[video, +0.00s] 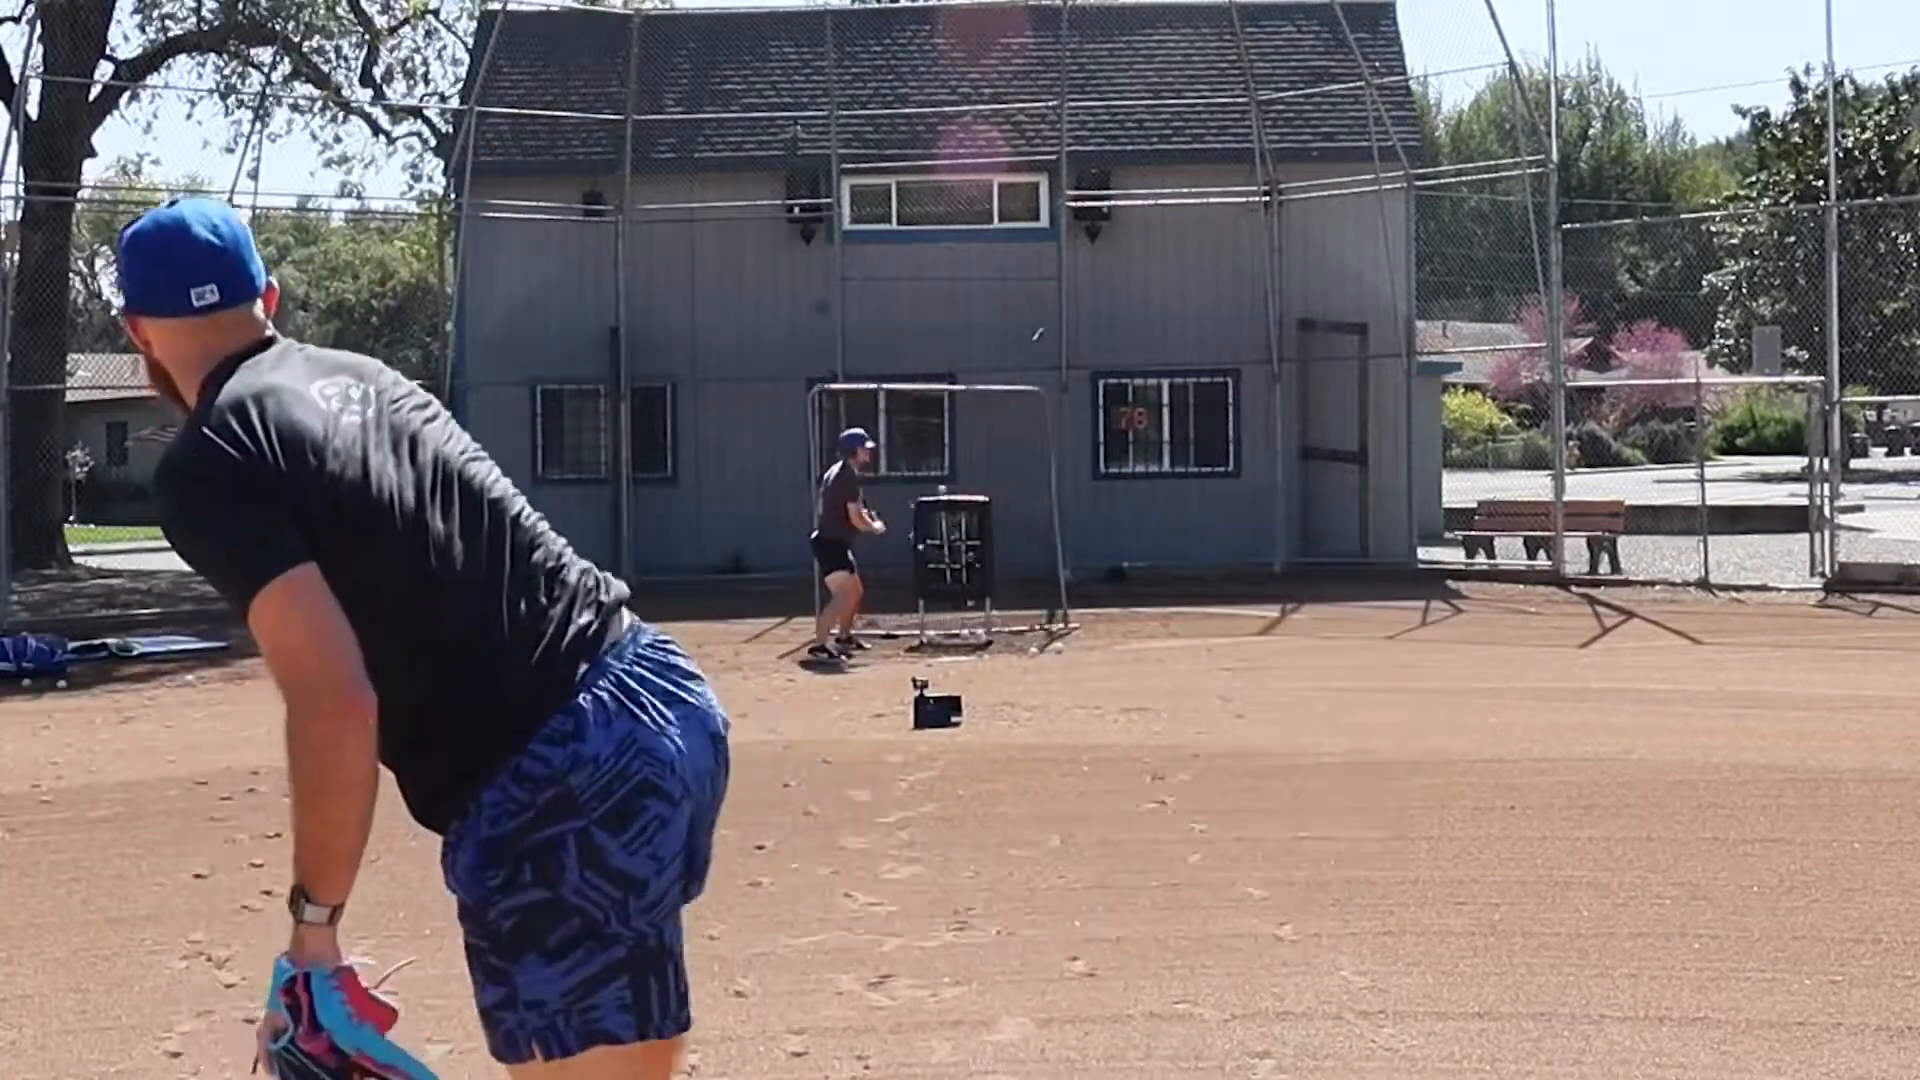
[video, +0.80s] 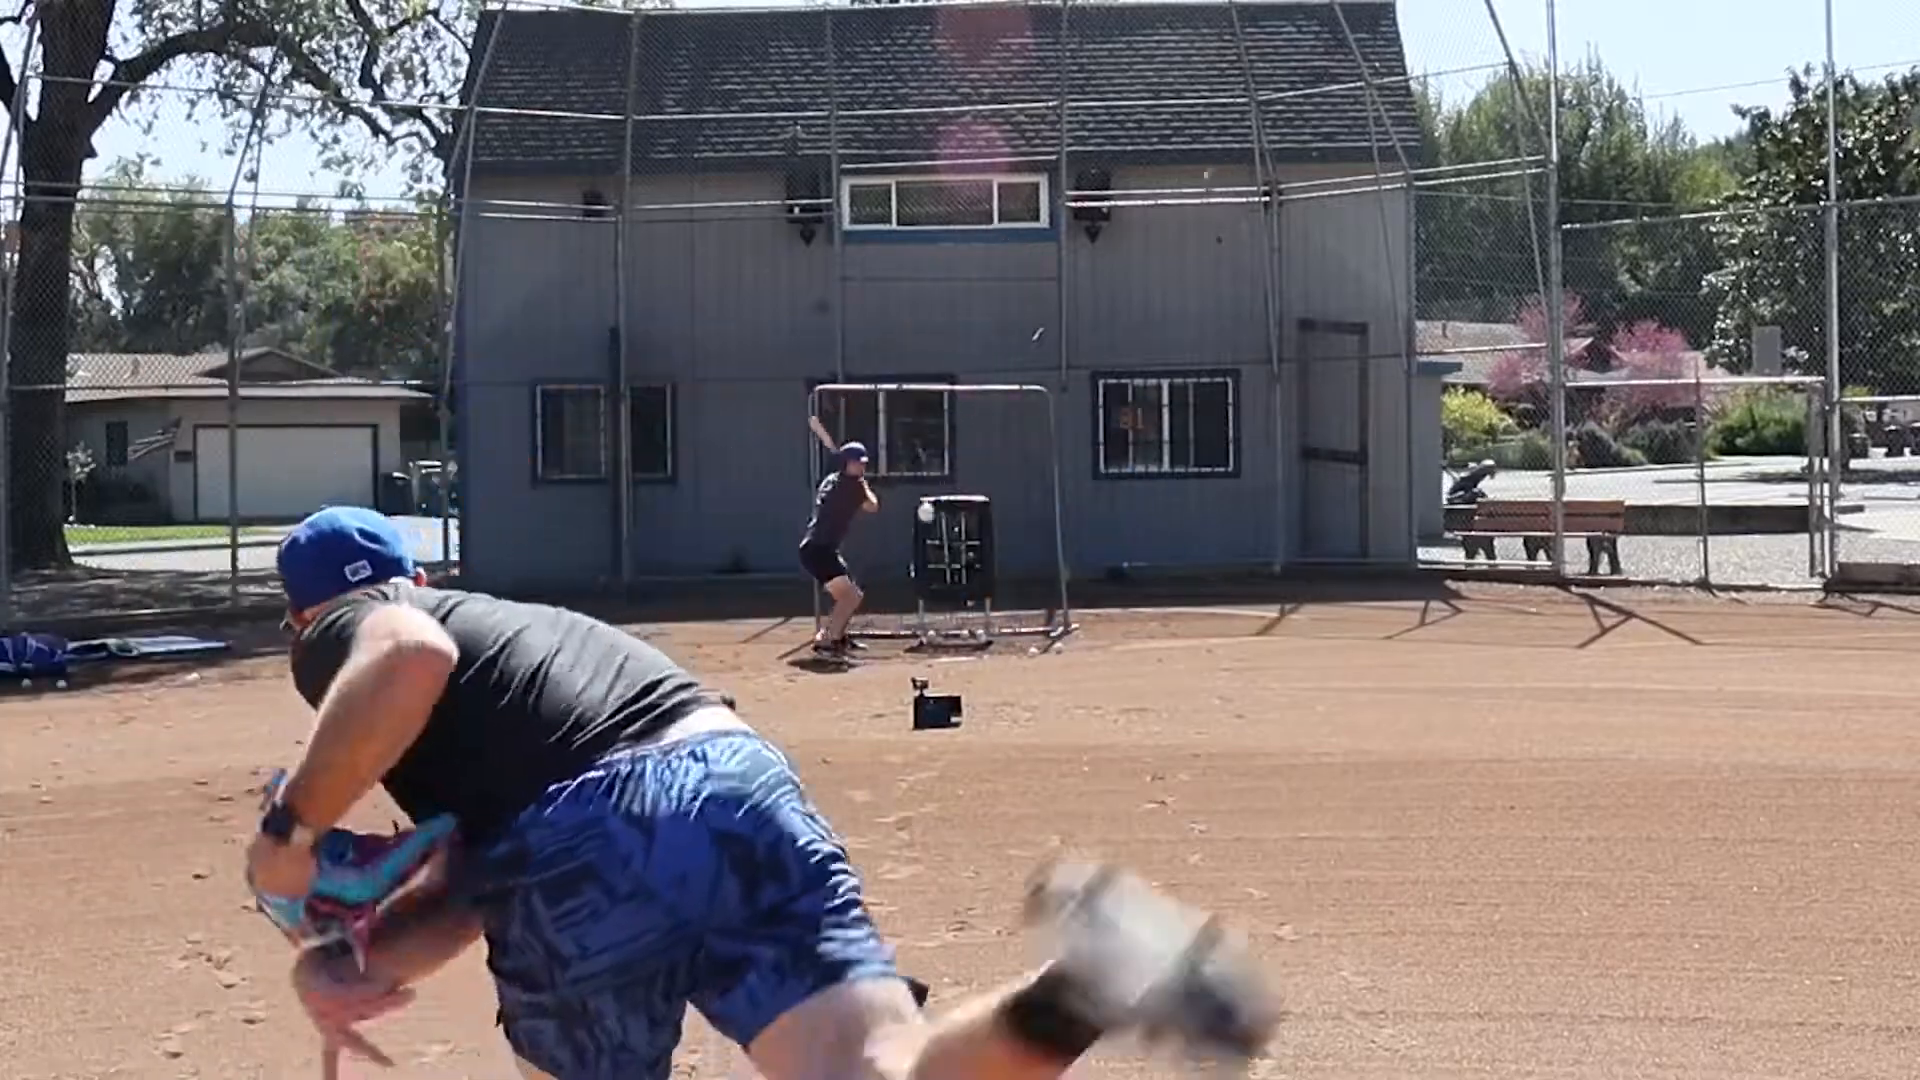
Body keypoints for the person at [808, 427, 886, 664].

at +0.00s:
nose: (868, 454)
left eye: (868, 449)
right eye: (864, 450)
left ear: (852, 451)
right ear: (852, 450)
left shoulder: (840, 471)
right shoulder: (847, 475)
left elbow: (852, 504)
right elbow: (856, 518)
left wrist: (867, 516)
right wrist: (875, 527)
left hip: (836, 539)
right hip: (830, 541)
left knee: (855, 590)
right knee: (844, 593)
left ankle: (844, 635)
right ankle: (821, 643)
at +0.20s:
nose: (868, 452)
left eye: (867, 447)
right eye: (864, 448)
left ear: (852, 450)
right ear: (852, 449)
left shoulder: (847, 472)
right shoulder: (843, 473)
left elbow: (848, 507)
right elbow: (841, 510)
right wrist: (856, 536)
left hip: (840, 538)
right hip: (830, 538)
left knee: (855, 590)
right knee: (842, 592)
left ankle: (843, 634)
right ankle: (821, 642)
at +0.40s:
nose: (862, 450)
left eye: (863, 446)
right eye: (857, 446)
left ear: (858, 448)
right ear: (846, 449)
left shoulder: (837, 466)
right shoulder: (850, 472)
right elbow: (876, 492)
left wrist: (868, 470)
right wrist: (879, 475)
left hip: (815, 537)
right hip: (829, 536)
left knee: (854, 580)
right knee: (874, 561)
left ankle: (841, 633)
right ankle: (854, 602)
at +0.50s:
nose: (859, 453)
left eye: (862, 448)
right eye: (855, 448)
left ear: (865, 450)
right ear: (846, 450)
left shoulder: (836, 467)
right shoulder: (850, 473)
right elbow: (875, 495)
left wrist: (872, 475)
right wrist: (876, 477)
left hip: (815, 534)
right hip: (827, 534)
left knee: (852, 581)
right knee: (872, 563)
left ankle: (840, 634)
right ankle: (853, 605)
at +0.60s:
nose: (861, 456)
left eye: (862, 452)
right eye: (856, 452)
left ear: (862, 453)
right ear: (845, 453)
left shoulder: (833, 470)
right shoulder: (853, 476)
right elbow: (874, 497)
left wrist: (865, 475)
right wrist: (871, 479)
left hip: (810, 538)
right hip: (825, 538)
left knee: (850, 584)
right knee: (866, 571)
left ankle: (841, 634)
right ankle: (847, 614)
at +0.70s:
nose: (860, 459)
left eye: (862, 455)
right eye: (856, 455)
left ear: (861, 456)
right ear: (845, 456)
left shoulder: (832, 472)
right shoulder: (852, 480)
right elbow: (874, 500)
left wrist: (862, 477)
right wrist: (868, 481)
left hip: (813, 538)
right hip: (824, 540)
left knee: (850, 587)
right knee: (856, 585)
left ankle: (841, 631)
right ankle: (837, 630)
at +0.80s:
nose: (863, 468)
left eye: (864, 463)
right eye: (859, 463)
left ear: (846, 464)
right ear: (847, 463)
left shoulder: (830, 479)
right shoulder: (851, 485)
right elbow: (873, 506)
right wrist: (864, 485)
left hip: (816, 546)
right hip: (820, 549)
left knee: (855, 595)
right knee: (849, 596)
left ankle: (838, 636)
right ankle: (829, 640)